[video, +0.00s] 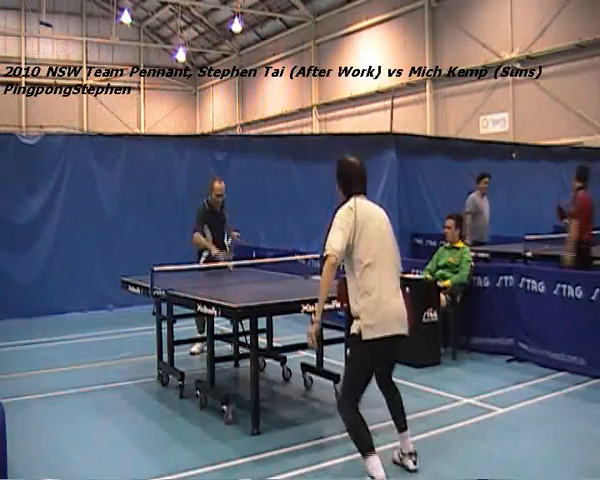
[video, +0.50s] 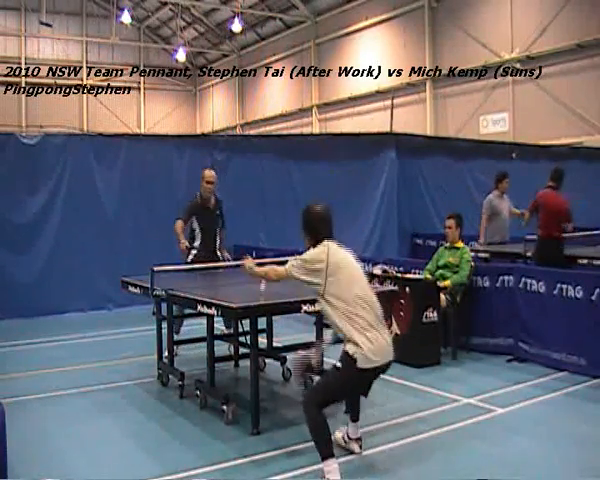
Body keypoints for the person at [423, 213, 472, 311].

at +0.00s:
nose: (445, 231)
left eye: (449, 228)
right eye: (445, 228)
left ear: (457, 231)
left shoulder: (464, 251)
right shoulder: (442, 249)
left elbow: (463, 275)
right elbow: (431, 266)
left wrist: (446, 283)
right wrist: (428, 275)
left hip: (454, 283)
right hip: (436, 280)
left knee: (442, 298)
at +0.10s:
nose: (445, 231)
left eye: (449, 228)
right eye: (445, 228)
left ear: (457, 230)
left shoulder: (464, 251)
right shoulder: (442, 249)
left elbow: (463, 275)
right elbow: (431, 265)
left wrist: (447, 283)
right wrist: (428, 275)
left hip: (454, 283)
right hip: (436, 280)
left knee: (442, 298)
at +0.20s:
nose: (445, 231)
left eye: (449, 228)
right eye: (445, 228)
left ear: (457, 230)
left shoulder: (465, 251)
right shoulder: (442, 249)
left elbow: (463, 276)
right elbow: (430, 266)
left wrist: (447, 283)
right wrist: (428, 275)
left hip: (454, 283)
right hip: (436, 281)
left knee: (442, 298)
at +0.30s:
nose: (446, 231)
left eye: (449, 228)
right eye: (445, 228)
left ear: (457, 230)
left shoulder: (464, 251)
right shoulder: (442, 249)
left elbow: (463, 275)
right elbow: (430, 267)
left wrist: (446, 283)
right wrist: (428, 276)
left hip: (454, 283)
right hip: (436, 280)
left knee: (442, 299)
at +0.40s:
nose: (446, 231)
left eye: (449, 228)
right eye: (445, 228)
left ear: (458, 230)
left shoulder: (464, 251)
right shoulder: (442, 249)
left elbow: (463, 275)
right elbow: (430, 266)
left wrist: (447, 283)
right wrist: (428, 275)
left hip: (454, 284)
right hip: (436, 281)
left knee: (442, 298)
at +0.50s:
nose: (446, 231)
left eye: (450, 228)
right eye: (445, 228)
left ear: (458, 230)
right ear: (443, 229)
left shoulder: (464, 252)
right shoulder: (442, 249)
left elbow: (463, 276)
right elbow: (430, 267)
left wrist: (446, 283)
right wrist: (428, 276)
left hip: (454, 284)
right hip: (436, 281)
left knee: (442, 298)